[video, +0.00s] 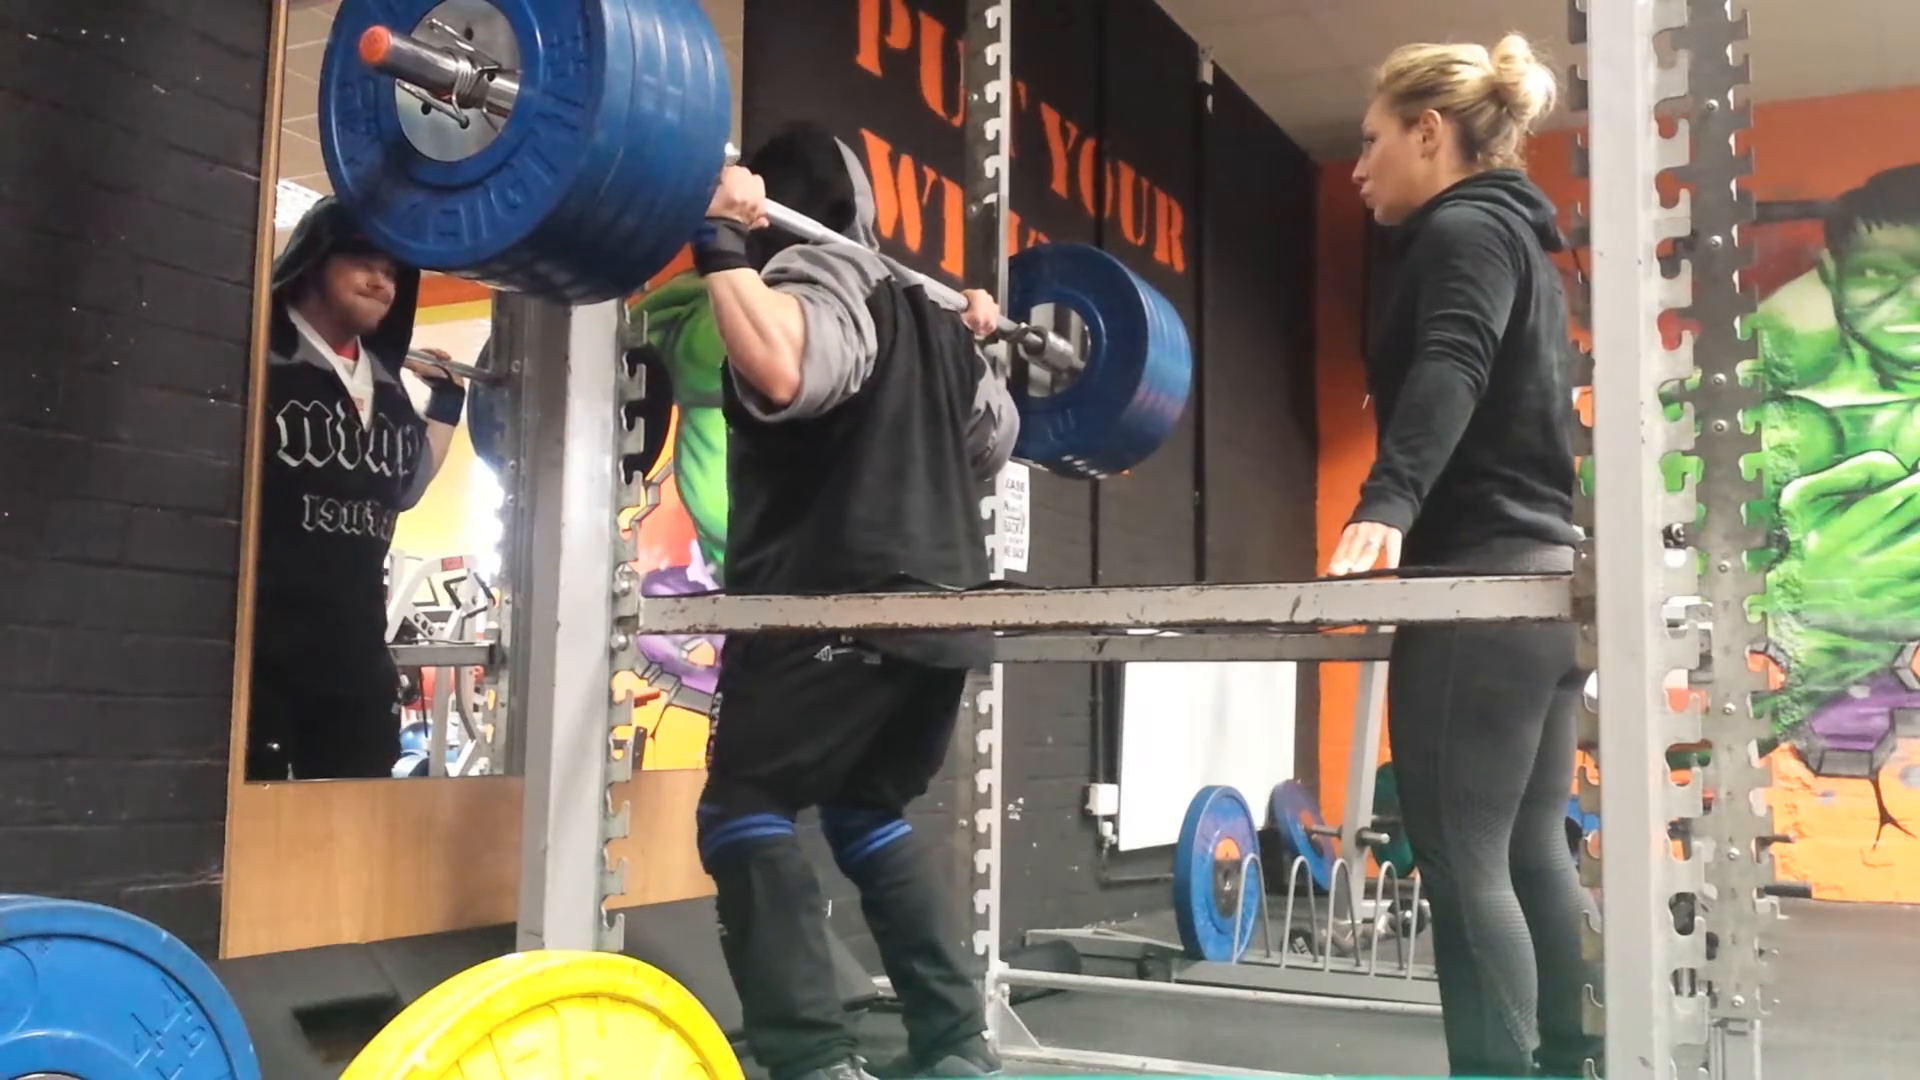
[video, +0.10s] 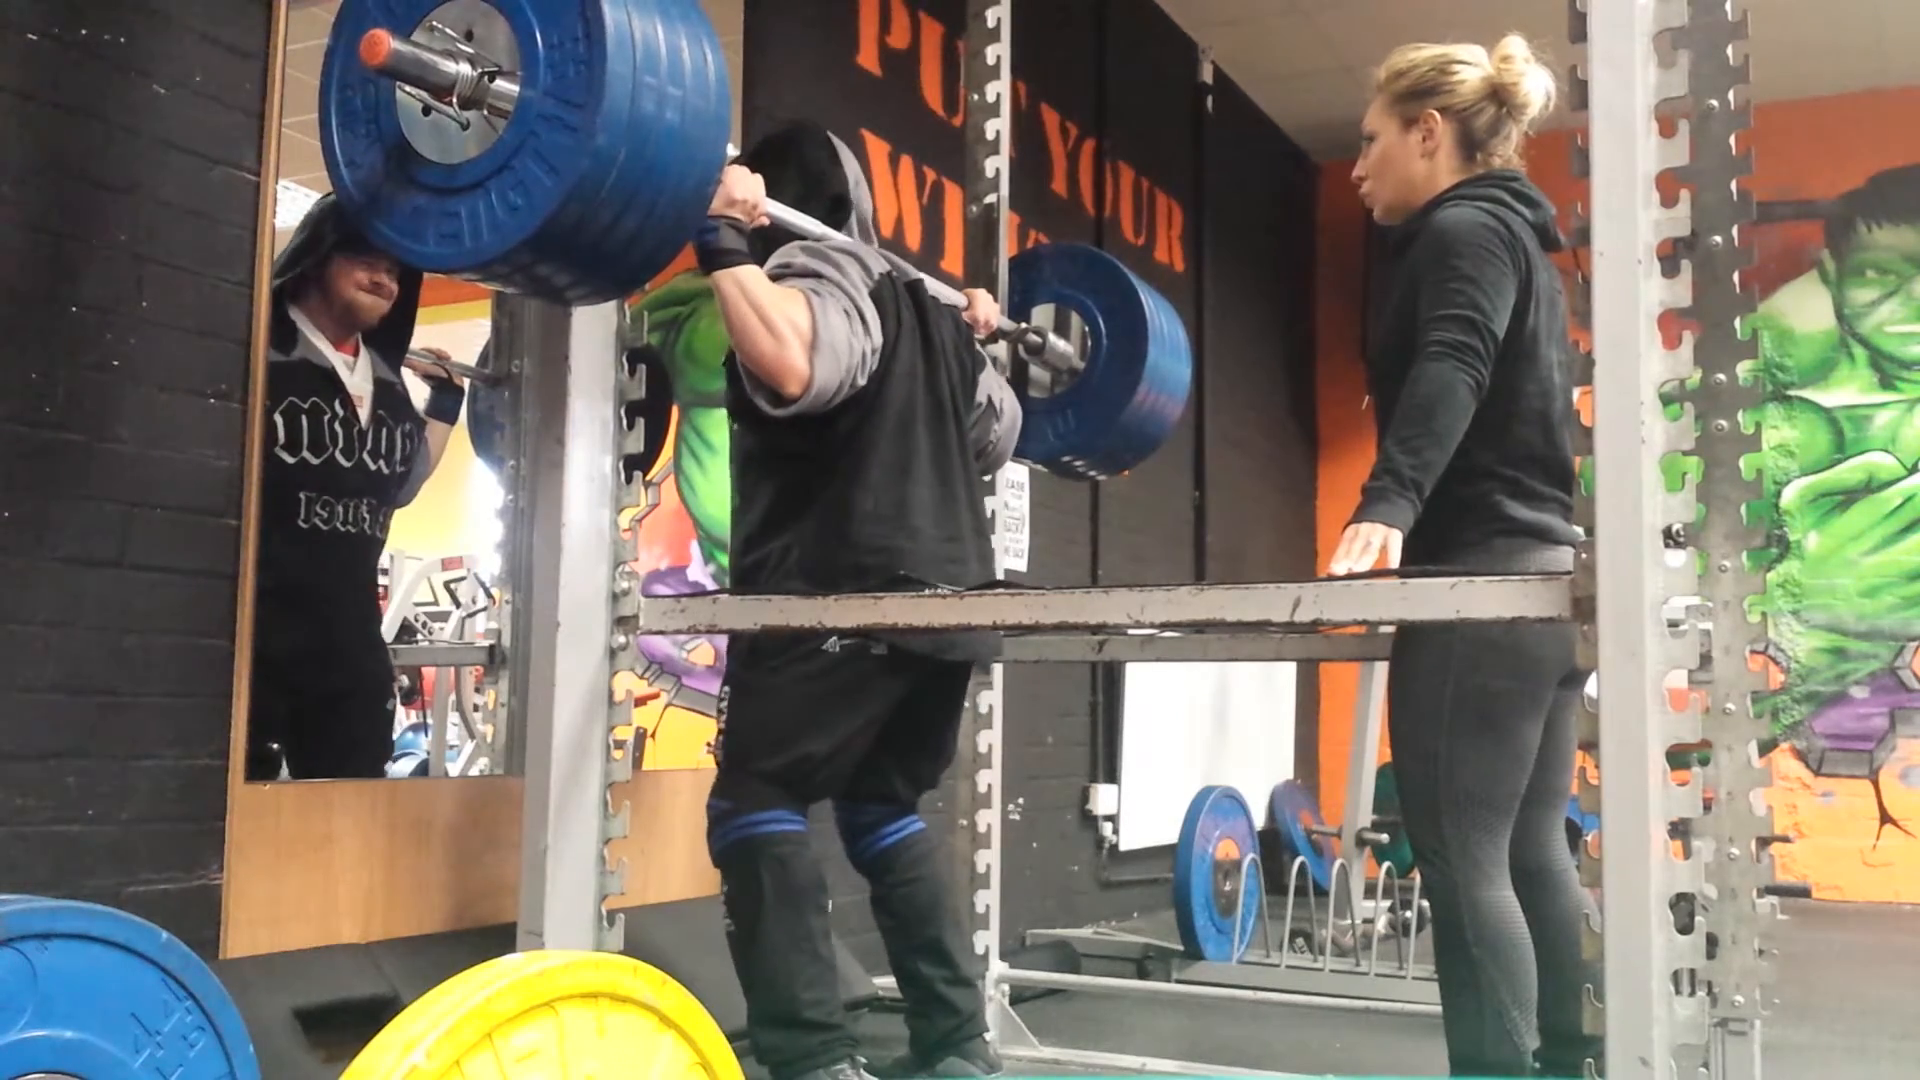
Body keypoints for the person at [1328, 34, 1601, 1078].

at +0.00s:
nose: (1360, 169)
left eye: (1371, 143)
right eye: (1360, 146)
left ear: (1433, 133)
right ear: (1441, 136)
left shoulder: (1464, 226)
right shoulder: (1512, 225)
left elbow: (1452, 360)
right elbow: (1519, 410)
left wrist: (1385, 509)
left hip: (1482, 577)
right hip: (1540, 576)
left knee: (1465, 860)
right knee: (1535, 848)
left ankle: (1495, 1073)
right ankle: (1569, 1066)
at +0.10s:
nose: (1359, 168)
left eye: (1370, 143)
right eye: (1360, 146)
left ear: (1432, 134)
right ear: (1441, 137)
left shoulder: (1465, 226)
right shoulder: (1512, 226)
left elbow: (1453, 360)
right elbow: (1519, 409)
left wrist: (1385, 509)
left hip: (1483, 576)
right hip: (1542, 575)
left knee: (1466, 861)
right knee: (1536, 848)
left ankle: (1495, 1072)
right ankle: (1570, 1065)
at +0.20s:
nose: (1357, 168)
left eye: (1370, 142)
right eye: (1358, 145)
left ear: (1432, 133)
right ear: (1440, 137)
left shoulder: (1466, 226)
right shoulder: (1510, 226)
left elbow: (1454, 360)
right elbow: (1521, 411)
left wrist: (1386, 509)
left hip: (1483, 575)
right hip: (1540, 574)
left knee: (1465, 860)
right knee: (1535, 848)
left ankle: (1495, 1072)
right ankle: (1569, 1065)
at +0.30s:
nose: (1356, 166)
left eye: (1369, 141)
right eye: (1357, 144)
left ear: (1433, 132)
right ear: (1440, 136)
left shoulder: (1466, 226)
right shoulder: (1509, 226)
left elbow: (1455, 360)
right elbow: (1516, 407)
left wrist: (1386, 509)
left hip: (1483, 573)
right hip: (1540, 572)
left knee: (1464, 857)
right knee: (1534, 844)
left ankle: (1495, 1071)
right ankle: (1570, 1063)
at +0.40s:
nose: (1355, 167)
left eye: (1368, 142)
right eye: (1356, 145)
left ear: (1433, 133)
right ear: (1440, 136)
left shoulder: (1466, 227)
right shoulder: (1509, 226)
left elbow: (1455, 361)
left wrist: (1386, 510)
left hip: (1483, 573)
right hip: (1539, 572)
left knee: (1464, 861)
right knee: (1534, 846)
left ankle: (1496, 1071)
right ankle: (1570, 1064)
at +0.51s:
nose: (1354, 168)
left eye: (1367, 142)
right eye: (1355, 146)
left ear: (1433, 133)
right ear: (1439, 137)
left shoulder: (1466, 226)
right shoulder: (1509, 225)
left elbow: (1455, 361)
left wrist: (1386, 510)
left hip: (1483, 568)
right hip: (1540, 566)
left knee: (1464, 860)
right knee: (1533, 846)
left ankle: (1494, 1073)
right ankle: (1568, 1065)